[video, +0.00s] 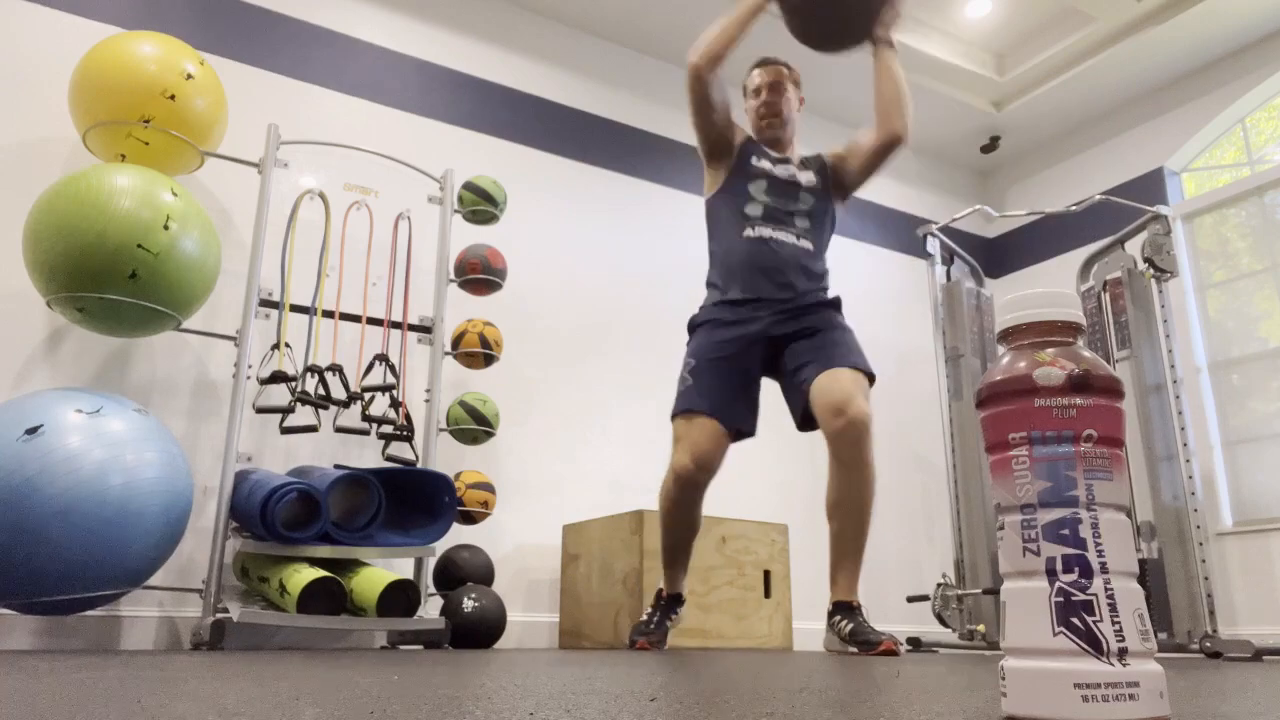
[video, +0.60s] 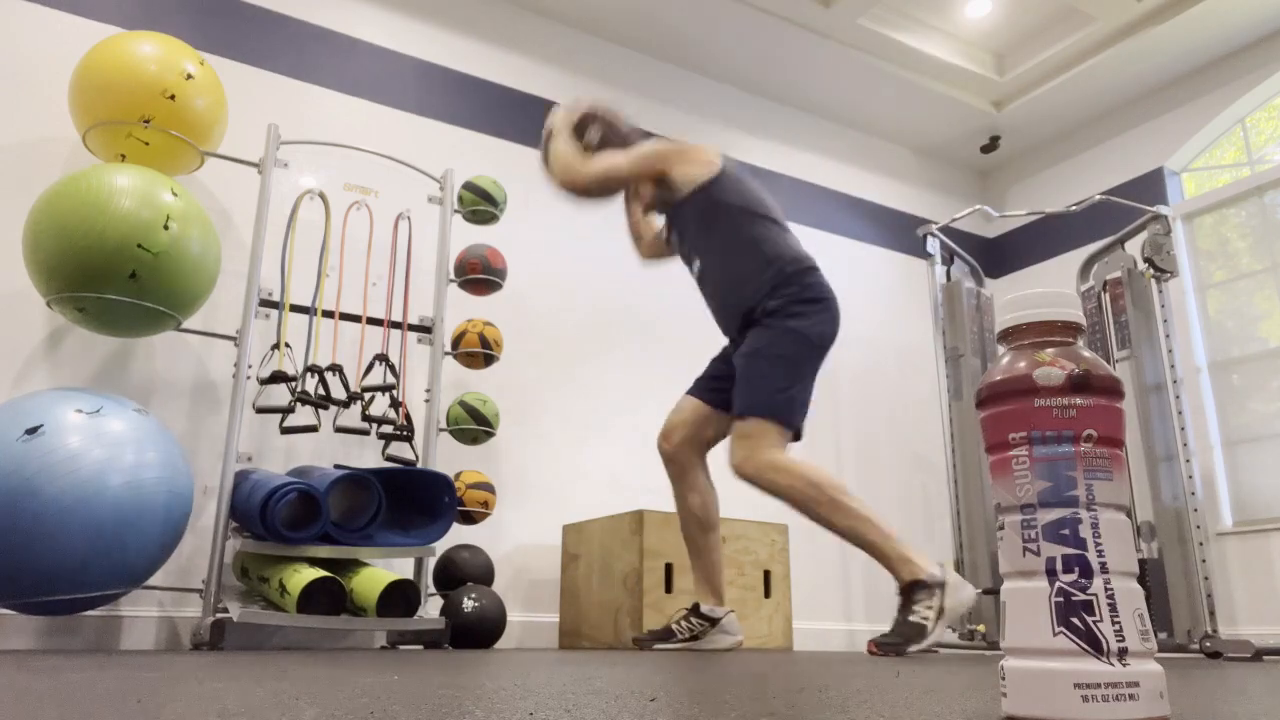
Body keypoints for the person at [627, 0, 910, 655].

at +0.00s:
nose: (767, 94)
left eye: (779, 86)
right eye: (757, 88)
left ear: (801, 102)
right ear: (743, 108)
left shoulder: (826, 174)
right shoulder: (727, 153)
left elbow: (892, 131)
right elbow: (699, 67)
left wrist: (883, 40)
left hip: (810, 317)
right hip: (728, 318)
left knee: (850, 415)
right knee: (690, 465)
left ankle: (845, 608)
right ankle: (669, 596)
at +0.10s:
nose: (741, 83)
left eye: (753, 73)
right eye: (735, 79)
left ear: (784, 83)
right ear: (731, 96)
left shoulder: (821, 140)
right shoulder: (718, 144)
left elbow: (861, 48)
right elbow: (663, 58)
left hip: (801, 297)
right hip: (724, 302)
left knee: (825, 412)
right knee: (675, 444)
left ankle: (850, 604)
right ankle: (676, 596)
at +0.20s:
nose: (718, 73)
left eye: (727, 59)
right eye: (713, 67)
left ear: (762, 58)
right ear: (715, 79)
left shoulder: (805, 99)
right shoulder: (716, 129)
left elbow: (810, 16)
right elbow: (649, 71)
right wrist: (692, 4)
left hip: (788, 272)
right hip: (717, 280)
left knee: (798, 398)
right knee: (679, 419)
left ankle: (859, 594)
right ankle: (674, 591)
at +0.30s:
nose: (693, 65)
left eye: (702, 50)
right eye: (690, 59)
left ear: (738, 44)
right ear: (699, 70)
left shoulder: (781, 66)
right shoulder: (711, 118)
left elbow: (750, 0)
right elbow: (648, 98)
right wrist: (672, 32)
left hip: (778, 248)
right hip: (722, 264)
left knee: (797, 389)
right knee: (683, 409)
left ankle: (889, 571)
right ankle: (679, 582)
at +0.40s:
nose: (675, 85)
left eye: (681, 70)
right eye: (669, 79)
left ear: (706, 56)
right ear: (678, 85)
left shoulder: (747, 66)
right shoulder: (695, 134)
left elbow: (678, 8)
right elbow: (655, 134)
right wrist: (662, 77)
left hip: (777, 249)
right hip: (731, 273)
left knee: (807, 402)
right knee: (684, 419)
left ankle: (921, 570)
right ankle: (695, 590)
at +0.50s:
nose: (646, 120)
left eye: (647, 109)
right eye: (640, 116)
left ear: (650, 67)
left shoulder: (709, 102)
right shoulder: (690, 165)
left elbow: (606, 71)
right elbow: (659, 182)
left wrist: (616, 20)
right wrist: (651, 127)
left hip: (781, 279)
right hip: (742, 303)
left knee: (798, 430)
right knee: (688, 439)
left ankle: (943, 585)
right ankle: (711, 609)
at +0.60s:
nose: (612, 175)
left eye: (598, 160)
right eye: (600, 167)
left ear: (614, 143)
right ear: (618, 161)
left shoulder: (677, 152)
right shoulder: (686, 211)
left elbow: (572, 173)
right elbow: (648, 248)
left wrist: (558, 125)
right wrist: (636, 192)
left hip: (792, 310)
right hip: (752, 331)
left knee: (757, 457)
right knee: (680, 444)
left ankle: (925, 580)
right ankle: (712, 612)